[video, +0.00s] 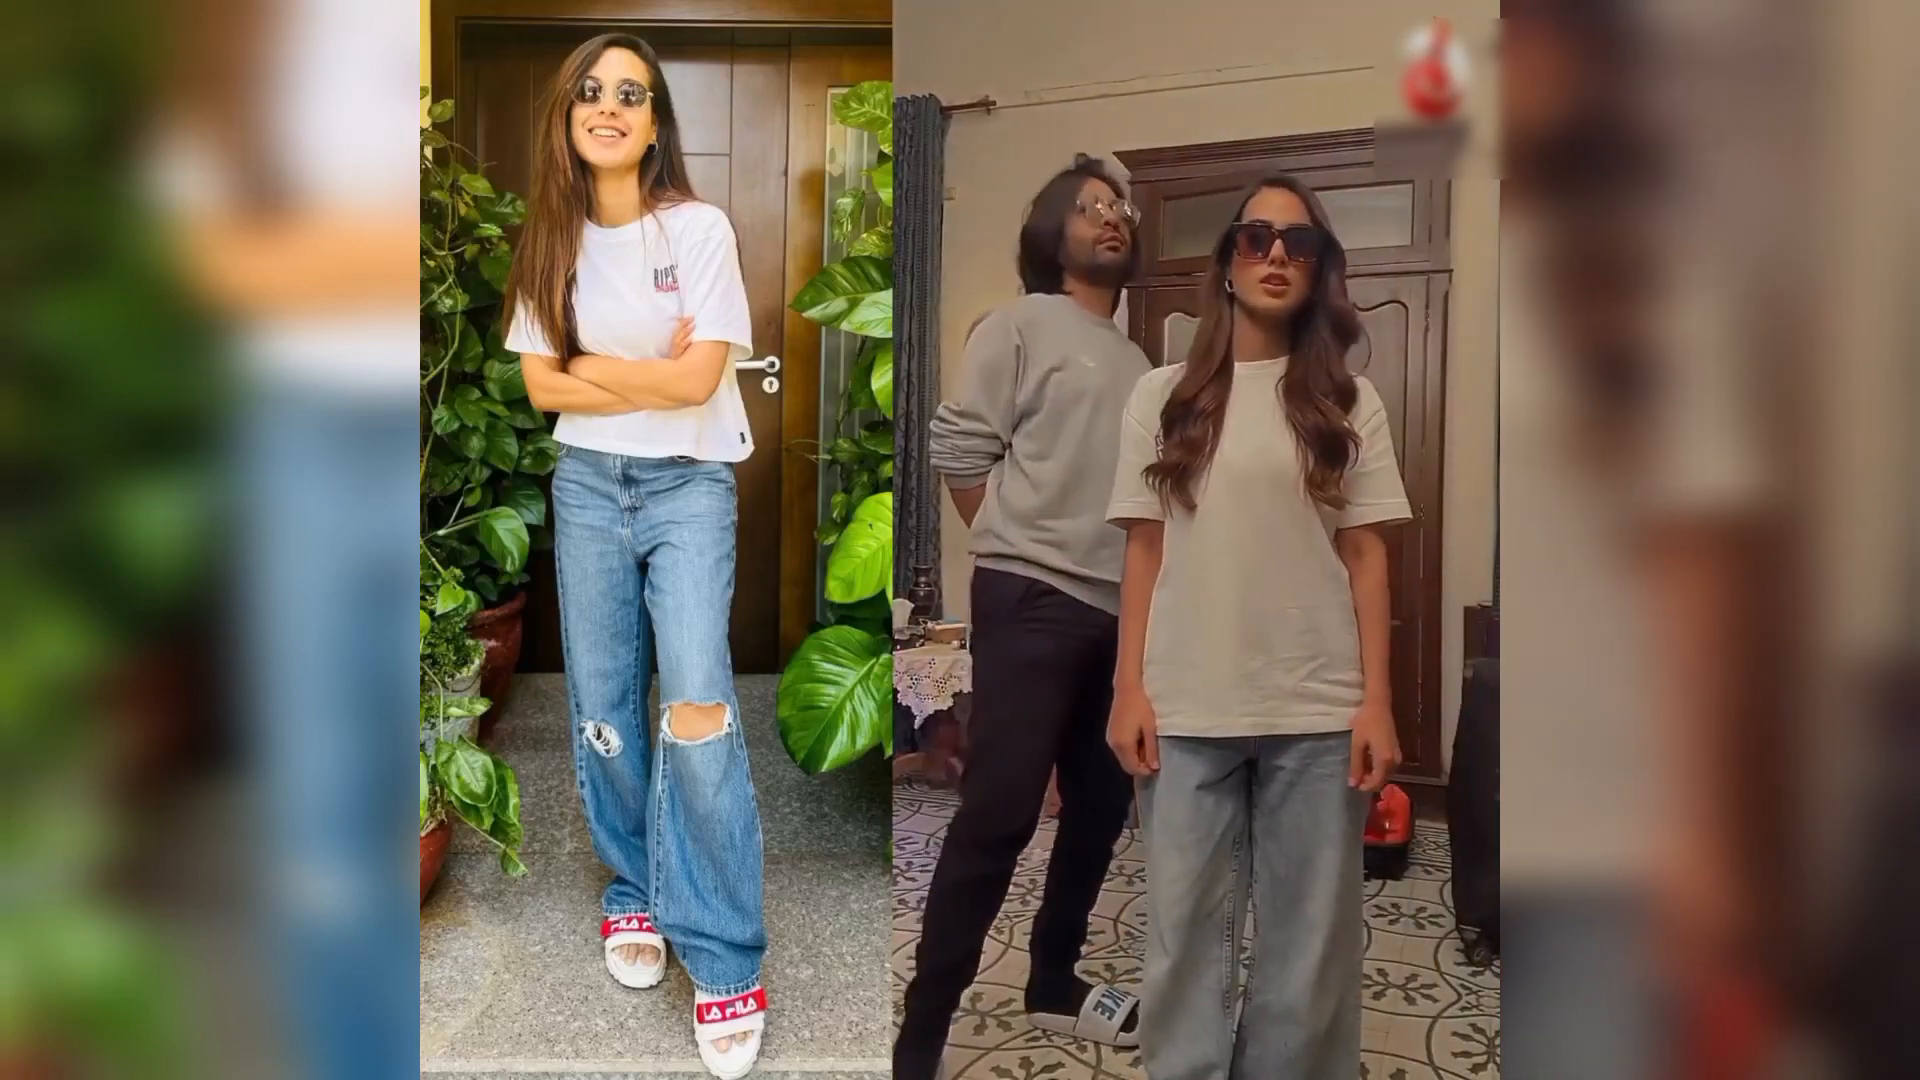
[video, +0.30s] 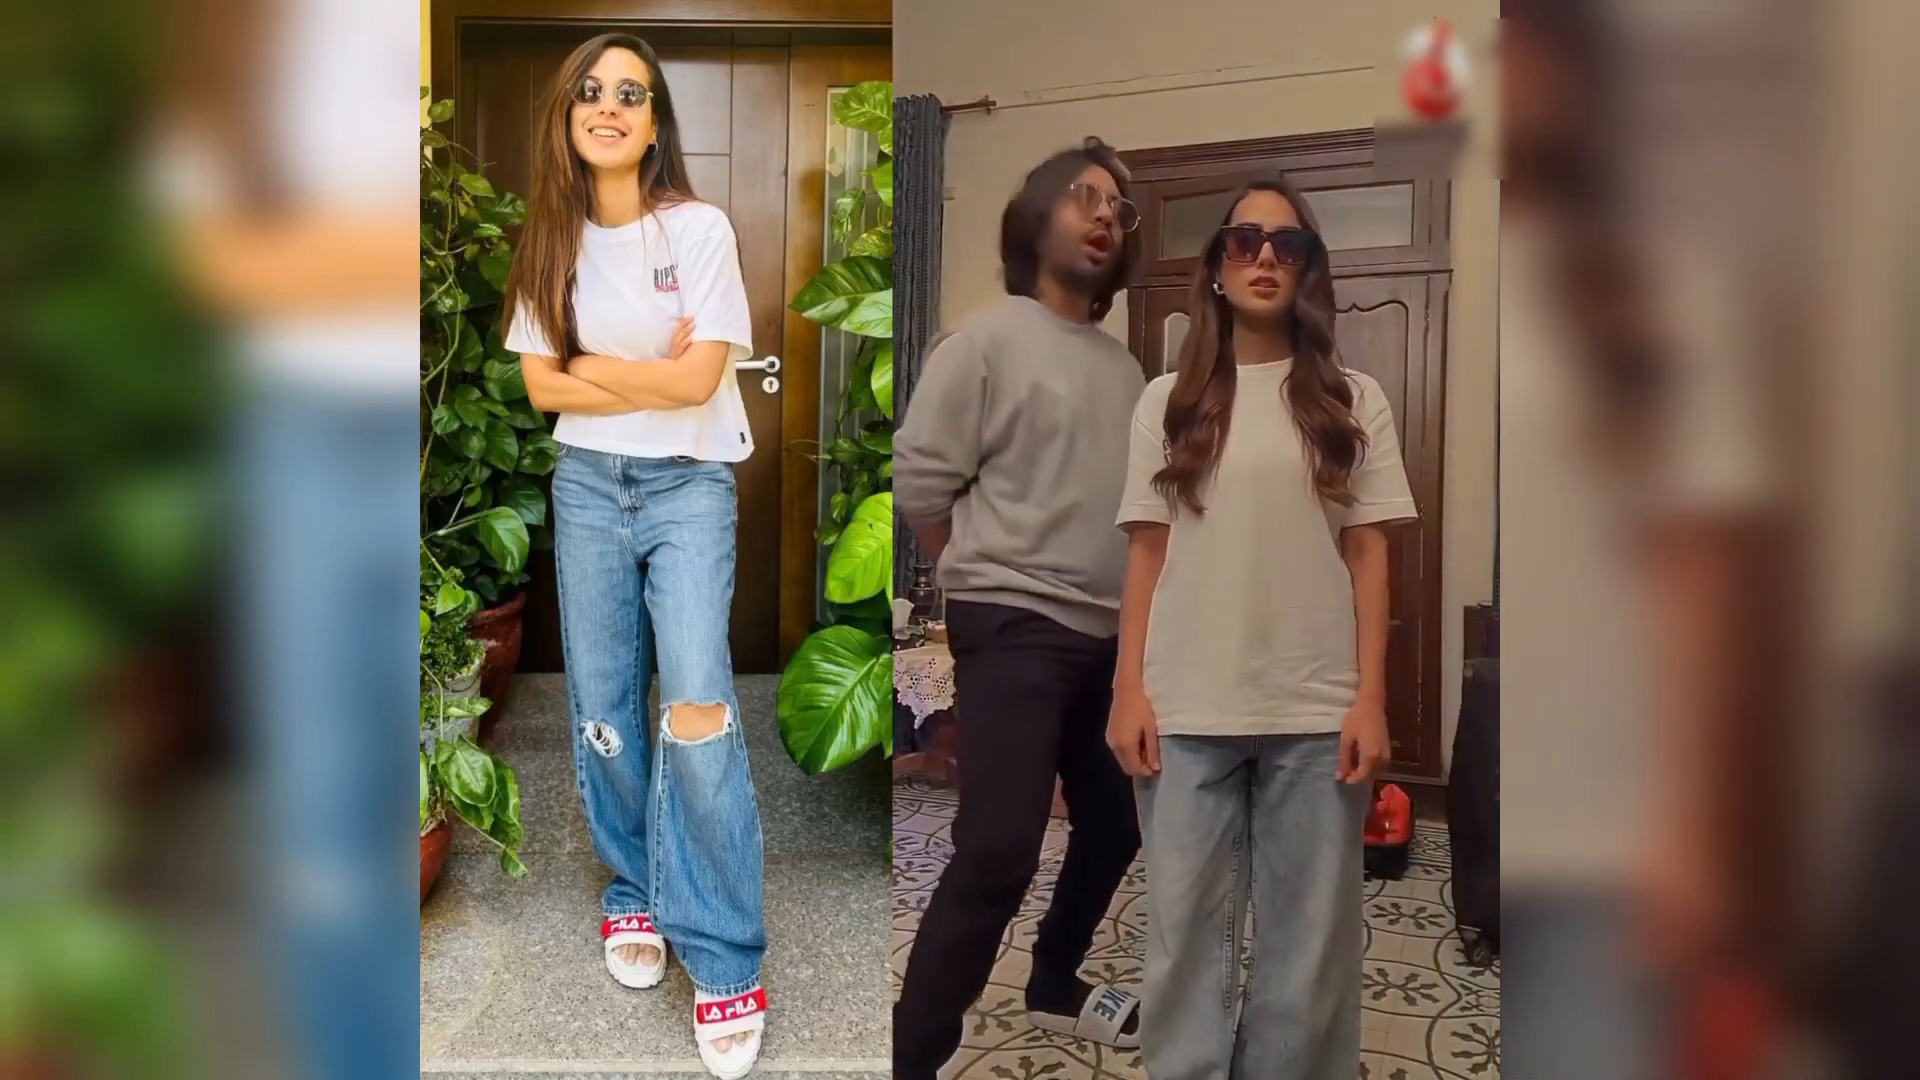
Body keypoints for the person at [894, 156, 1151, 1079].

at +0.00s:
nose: (1114, 218)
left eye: (1122, 207)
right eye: (1091, 206)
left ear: (1134, 239)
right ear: (1050, 233)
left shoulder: (1139, 361)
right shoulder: (1015, 326)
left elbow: (1148, 491)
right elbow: (962, 462)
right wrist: (1010, 556)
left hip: (1119, 604)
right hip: (1026, 595)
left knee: (1100, 805)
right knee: (1000, 810)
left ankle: (1054, 985)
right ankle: (925, 1030)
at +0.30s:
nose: (1108, 219)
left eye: (1120, 210)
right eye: (1086, 201)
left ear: (1125, 240)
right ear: (1034, 220)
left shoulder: (1125, 365)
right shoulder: (981, 342)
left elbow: (1125, 501)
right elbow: (918, 488)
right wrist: (975, 581)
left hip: (1108, 629)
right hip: (1010, 621)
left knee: (1111, 830)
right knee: (997, 853)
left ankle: (1056, 985)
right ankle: (916, 1061)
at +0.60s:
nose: (1085, 209)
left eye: (1081, 189)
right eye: (1062, 191)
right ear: (997, 210)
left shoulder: (1074, 319)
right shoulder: (951, 343)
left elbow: (1139, 312)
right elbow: (918, 526)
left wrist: (1190, 236)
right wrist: (919, 613)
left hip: (1105, 623)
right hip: (1017, 631)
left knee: (1105, 820)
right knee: (1033, 867)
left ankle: (1055, 989)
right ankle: (914, 1065)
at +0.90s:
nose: (1077, 200)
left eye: (1068, 185)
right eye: (1053, 188)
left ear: (1035, 216)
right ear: (1001, 217)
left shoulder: (1077, 329)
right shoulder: (961, 346)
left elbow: (1141, 325)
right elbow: (923, 527)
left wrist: (1195, 226)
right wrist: (942, 599)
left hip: (1111, 619)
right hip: (1025, 624)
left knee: (1110, 820)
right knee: (1028, 859)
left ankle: (1056, 982)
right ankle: (913, 1059)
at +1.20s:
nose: (1096, 204)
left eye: (1102, 193)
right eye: (1073, 193)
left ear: (1115, 221)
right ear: (1028, 219)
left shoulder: (1141, 348)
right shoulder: (1007, 323)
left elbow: (1148, 482)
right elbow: (941, 457)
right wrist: (990, 555)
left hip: (1118, 612)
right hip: (1024, 604)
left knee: (1102, 806)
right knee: (985, 829)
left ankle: (1055, 985)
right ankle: (912, 1054)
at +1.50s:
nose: (1109, 219)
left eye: (1125, 213)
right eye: (1093, 208)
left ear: (1143, 245)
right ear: (1060, 236)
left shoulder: (1165, 359)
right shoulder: (1010, 332)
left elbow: (1181, 489)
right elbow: (958, 456)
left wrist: (1134, 560)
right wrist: (1021, 543)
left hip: (1130, 616)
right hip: (1024, 606)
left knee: (1104, 809)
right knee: (992, 817)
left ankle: (1055, 982)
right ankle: (941, 1055)